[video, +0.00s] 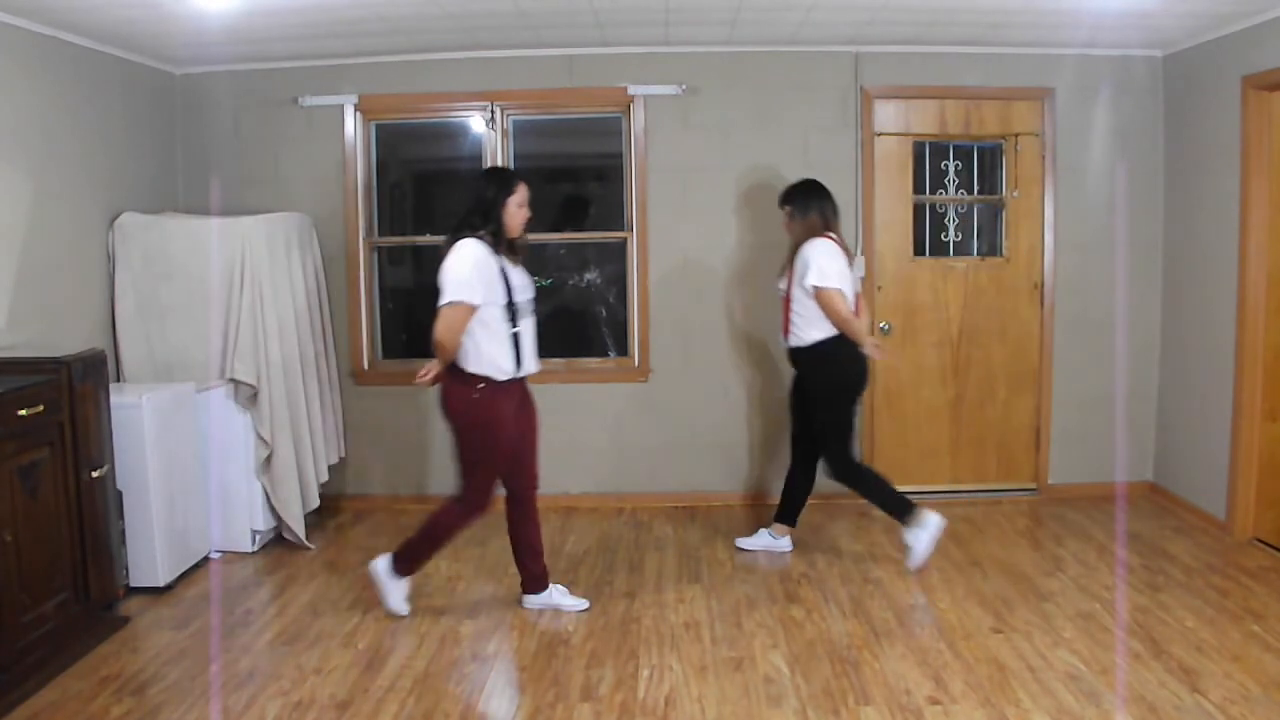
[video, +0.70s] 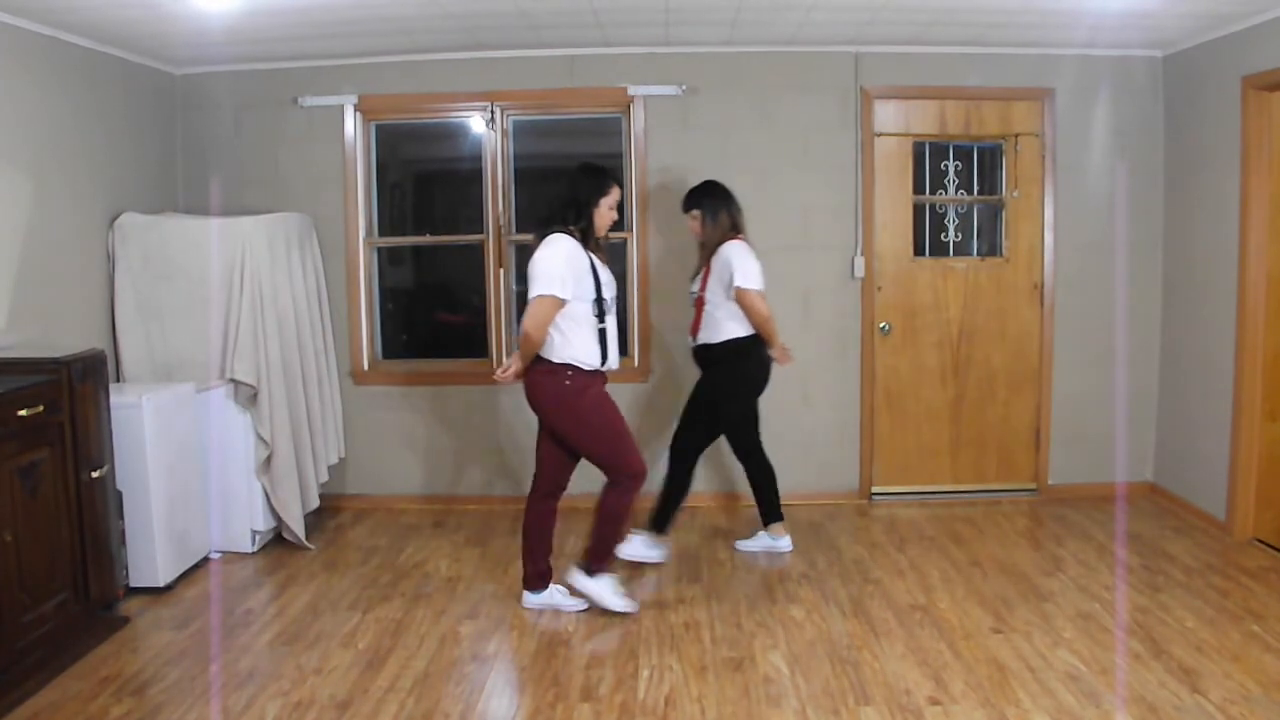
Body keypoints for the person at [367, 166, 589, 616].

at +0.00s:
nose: (527, 214)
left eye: (527, 205)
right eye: (519, 206)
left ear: (513, 209)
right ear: (494, 207)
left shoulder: (506, 257)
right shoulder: (469, 255)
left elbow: (491, 323)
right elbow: (446, 334)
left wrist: (445, 361)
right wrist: (447, 362)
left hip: (512, 392)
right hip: (476, 394)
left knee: (522, 493)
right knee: (475, 497)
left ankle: (536, 588)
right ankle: (395, 568)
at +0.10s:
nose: (544, 209)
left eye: (544, 200)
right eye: (536, 200)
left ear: (524, 203)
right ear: (511, 201)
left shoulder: (521, 252)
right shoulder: (486, 250)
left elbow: (508, 321)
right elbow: (465, 331)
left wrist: (463, 361)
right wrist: (464, 361)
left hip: (530, 384)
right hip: (498, 386)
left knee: (533, 490)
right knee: (522, 490)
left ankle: (537, 587)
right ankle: (435, 553)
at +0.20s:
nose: (557, 209)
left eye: (558, 200)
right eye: (551, 199)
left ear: (539, 201)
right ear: (525, 200)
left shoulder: (534, 250)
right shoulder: (500, 248)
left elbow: (519, 319)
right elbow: (477, 326)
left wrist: (481, 360)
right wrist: (480, 360)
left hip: (540, 381)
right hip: (515, 383)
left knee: (535, 486)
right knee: (553, 488)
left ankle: (537, 587)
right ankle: (477, 555)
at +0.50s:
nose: (594, 212)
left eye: (594, 203)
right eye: (588, 202)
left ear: (571, 203)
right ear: (564, 202)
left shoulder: (567, 251)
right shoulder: (539, 248)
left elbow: (532, 319)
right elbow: (513, 325)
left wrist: (504, 359)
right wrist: (507, 359)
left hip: (560, 380)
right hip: (545, 382)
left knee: (541, 484)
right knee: (600, 477)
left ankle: (538, 583)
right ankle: (532, 556)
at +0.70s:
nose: (615, 216)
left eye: (616, 206)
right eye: (611, 206)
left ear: (589, 205)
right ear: (587, 204)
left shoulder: (582, 253)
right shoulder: (559, 249)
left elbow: (547, 322)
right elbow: (535, 326)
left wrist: (521, 358)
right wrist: (521, 360)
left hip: (571, 380)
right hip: (564, 382)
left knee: (547, 487)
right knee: (628, 470)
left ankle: (536, 586)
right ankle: (595, 571)